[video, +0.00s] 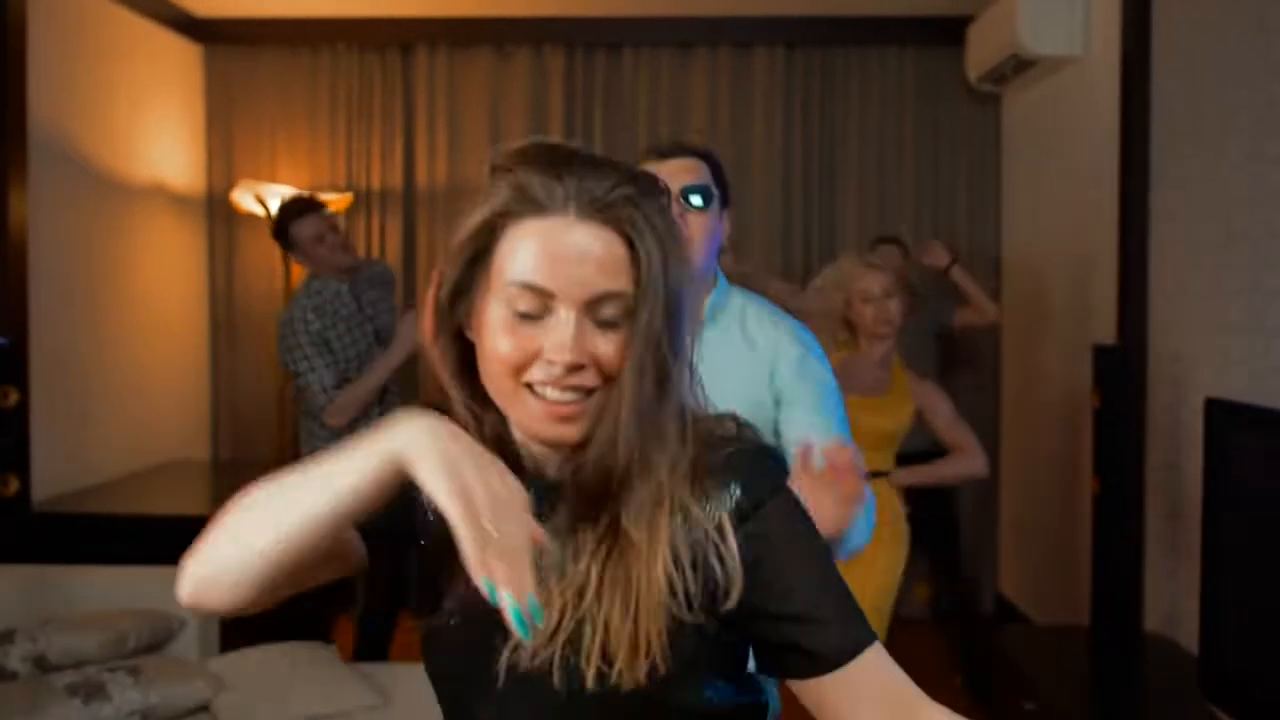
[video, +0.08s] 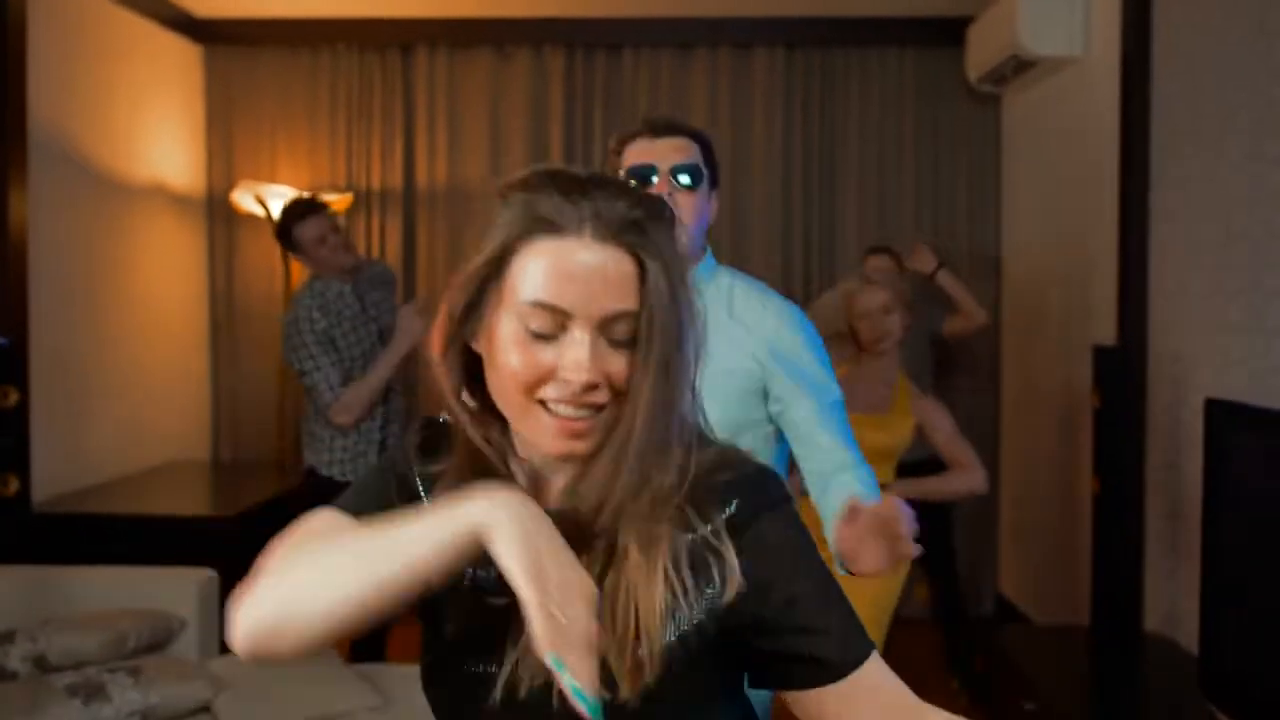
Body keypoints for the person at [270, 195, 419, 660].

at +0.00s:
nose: (335, 240)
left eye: (333, 228)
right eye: (319, 239)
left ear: (343, 225)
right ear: (300, 257)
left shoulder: (379, 280)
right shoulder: (302, 316)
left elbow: (392, 348)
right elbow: (335, 412)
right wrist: (401, 348)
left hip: (389, 445)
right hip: (333, 459)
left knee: (388, 577)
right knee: (328, 583)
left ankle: (368, 682)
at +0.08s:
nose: (338, 242)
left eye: (336, 230)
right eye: (322, 241)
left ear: (344, 226)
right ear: (303, 257)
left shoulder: (380, 279)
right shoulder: (307, 314)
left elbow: (398, 355)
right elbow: (342, 411)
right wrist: (402, 344)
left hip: (395, 458)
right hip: (341, 474)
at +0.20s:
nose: (346, 243)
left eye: (343, 231)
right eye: (330, 242)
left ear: (352, 229)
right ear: (311, 261)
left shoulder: (385, 285)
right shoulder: (315, 313)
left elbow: (403, 371)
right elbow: (347, 414)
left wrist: (412, 430)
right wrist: (405, 345)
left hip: (396, 467)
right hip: (346, 478)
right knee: (345, 599)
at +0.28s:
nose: (355, 244)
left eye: (352, 232)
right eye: (339, 243)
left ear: (360, 231)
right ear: (320, 262)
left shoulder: (387, 287)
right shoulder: (324, 314)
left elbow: (407, 361)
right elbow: (346, 416)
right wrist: (411, 352)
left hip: (396, 469)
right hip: (348, 478)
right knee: (337, 601)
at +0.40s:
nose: (371, 250)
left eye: (369, 238)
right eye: (355, 248)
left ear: (373, 235)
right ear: (333, 263)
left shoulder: (393, 293)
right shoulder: (336, 318)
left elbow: (404, 373)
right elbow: (339, 422)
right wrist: (414, 378)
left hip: (396, 469)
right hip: (350, 478)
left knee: (391, 590)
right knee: (343, 600)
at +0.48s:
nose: (384, 256)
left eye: (382, 243)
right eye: (368, 251)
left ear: (385, 238)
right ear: (344, 263)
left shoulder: (399, 302)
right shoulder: (342, 318)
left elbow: (400, 381)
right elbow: (333, 423)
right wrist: (410, 394)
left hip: (394, 472)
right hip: (353, 480)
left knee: (390, 592)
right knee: (348, 602)